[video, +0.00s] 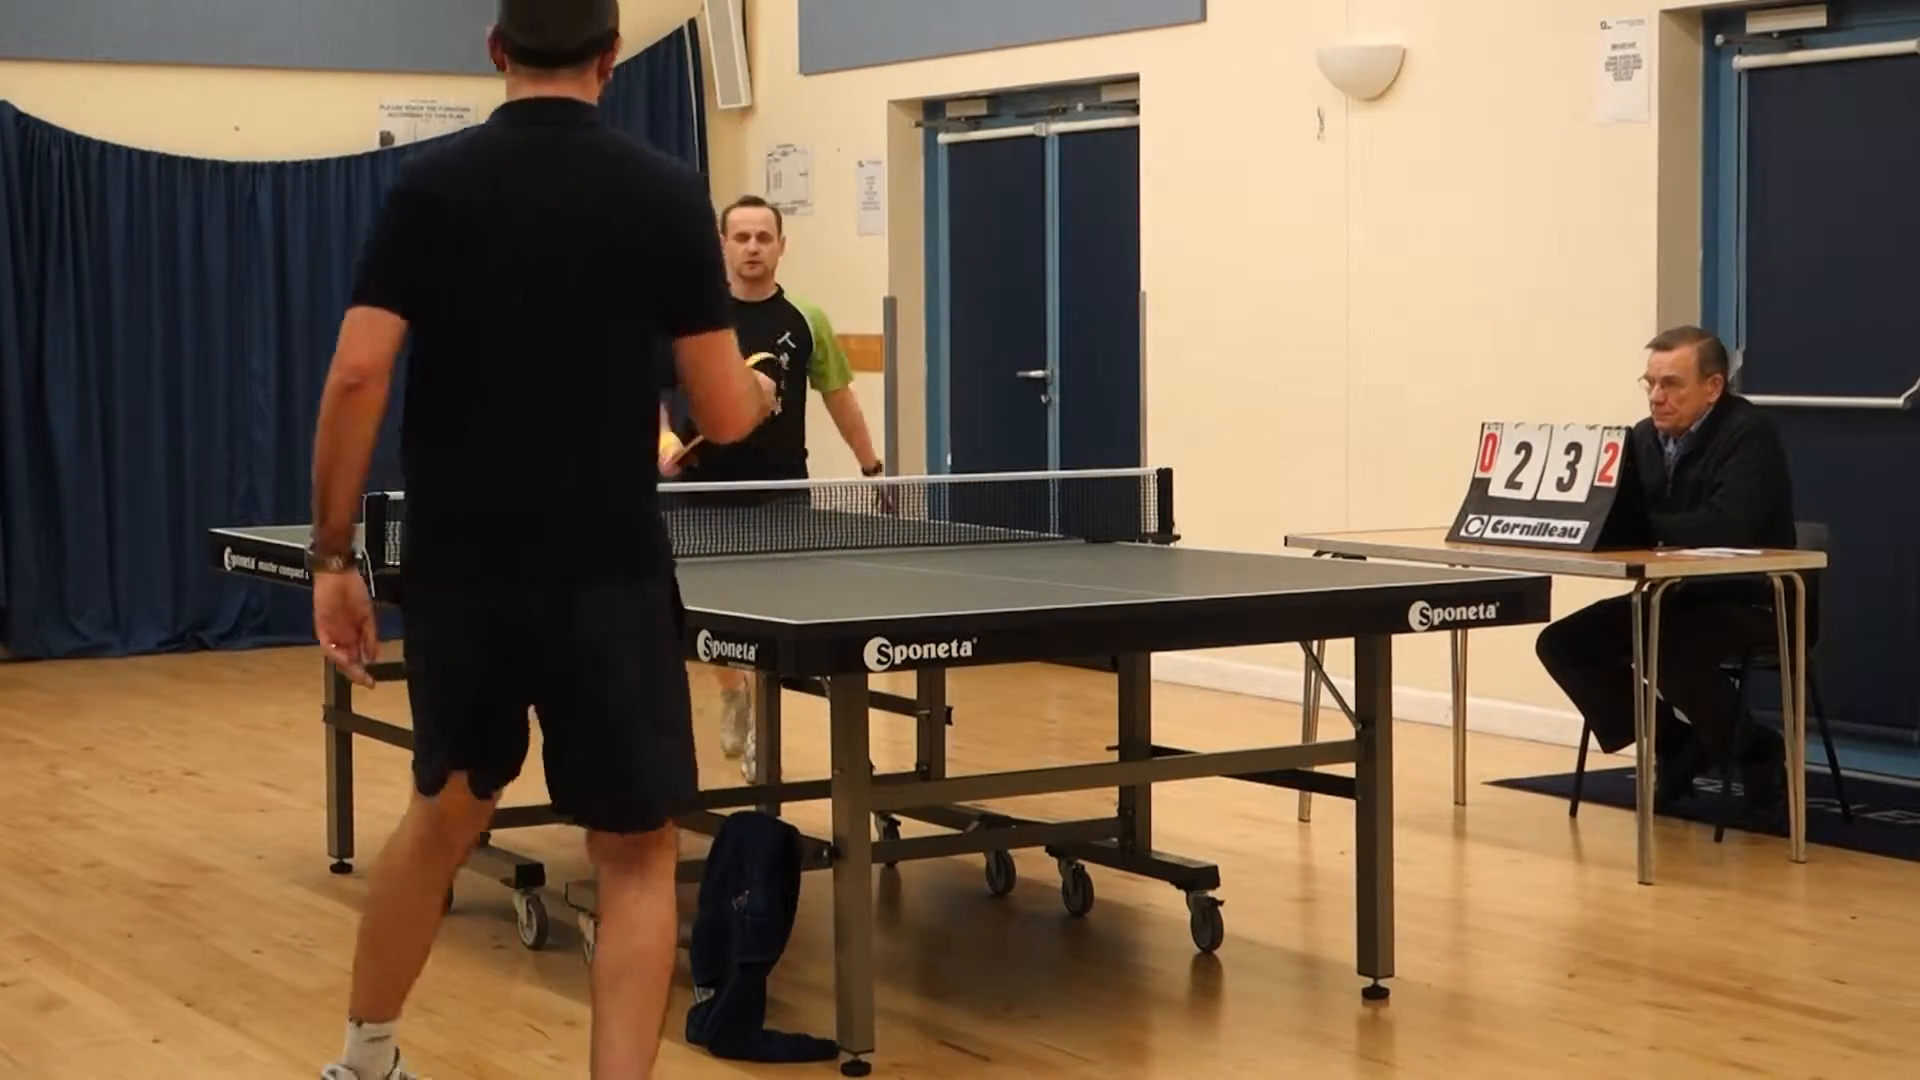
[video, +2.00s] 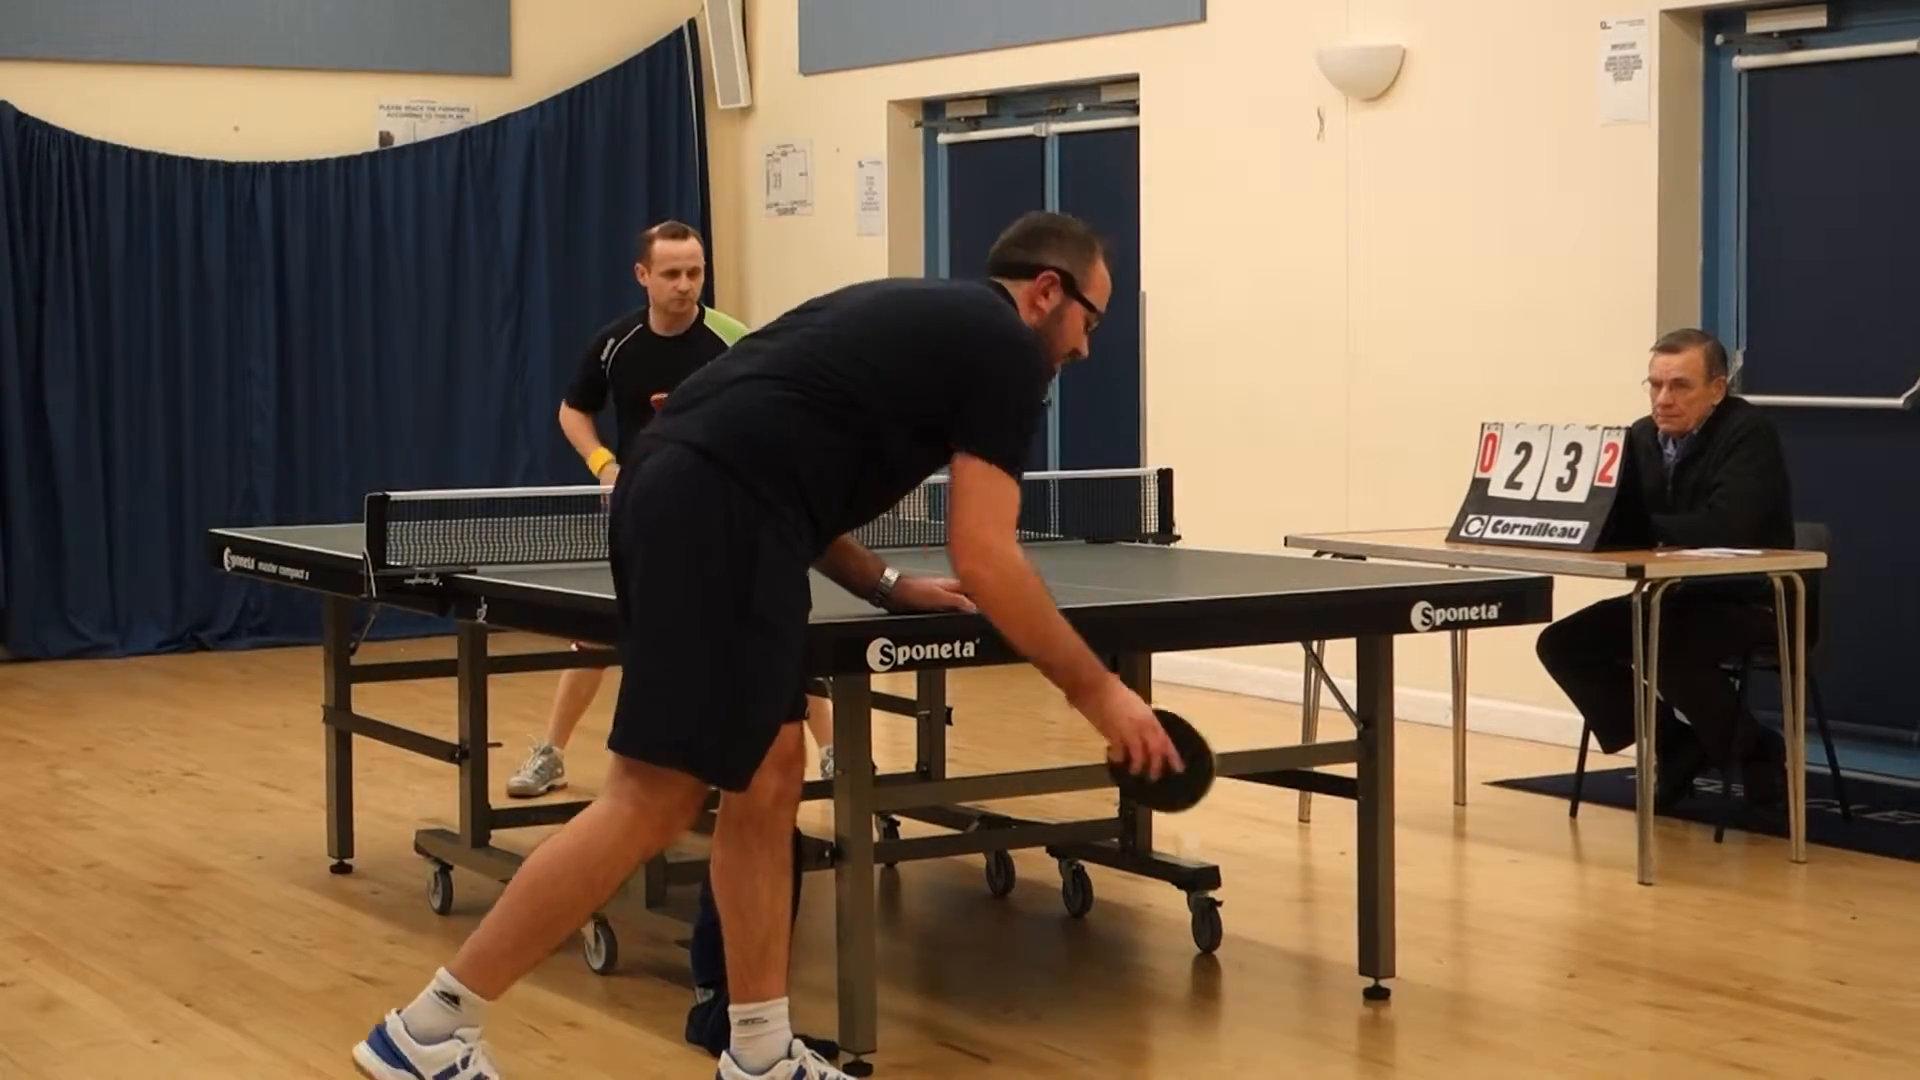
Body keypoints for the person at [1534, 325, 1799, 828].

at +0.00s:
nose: (1656, 396)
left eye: (1671, 383)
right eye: (1651, 382)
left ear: (1713, 387)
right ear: (1645, 383)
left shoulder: (1749, 434)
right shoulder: (1643, 439)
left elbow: (1734, 525)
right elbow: (1608, 511)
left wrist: (1638, 530)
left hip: (1760, 601)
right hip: (1674, 597)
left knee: (1669, 647)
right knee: (1562, 643)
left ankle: (1754, 749)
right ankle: (1674, 742)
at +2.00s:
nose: (1663, 399)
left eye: (1680, 385)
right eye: (1656, 384)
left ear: (1717, 389)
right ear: (1647, 385)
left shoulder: (1749, 433)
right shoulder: (1641, 438)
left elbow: (1731, 526)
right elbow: (1609, 517)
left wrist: (1637, 529)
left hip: (1755, 599)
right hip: (1672, 595)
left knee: (1669, 647)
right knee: (1561, 645)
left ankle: (1756, 749)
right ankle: (1675, 743)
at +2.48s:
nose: (1659, 397)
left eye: (1674, 384)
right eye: (1653, 384)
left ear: (1715, 388)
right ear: (1645, 385)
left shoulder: (1749, 435)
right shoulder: (1641, 438)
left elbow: (1734, 527)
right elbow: (1613, 519)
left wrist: (1643, 531)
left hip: (1754, 600)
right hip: (1672, 595)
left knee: (1668, 646)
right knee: (1562, 644)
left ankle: (1757, 752)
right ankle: (1674, 743)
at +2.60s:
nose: (1659, 397)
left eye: (1674, 385)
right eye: (1653, 384)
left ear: (1715, 389)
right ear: (1645, 385)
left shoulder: (1749, 435)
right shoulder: (1641, 438)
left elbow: (1733, 527)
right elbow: (1613, 520)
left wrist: (1642, 531)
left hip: (1753, 600)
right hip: (1672, 595)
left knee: (1668, 647)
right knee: (1562, 644)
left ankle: (1757, 750)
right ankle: (1674, 744)